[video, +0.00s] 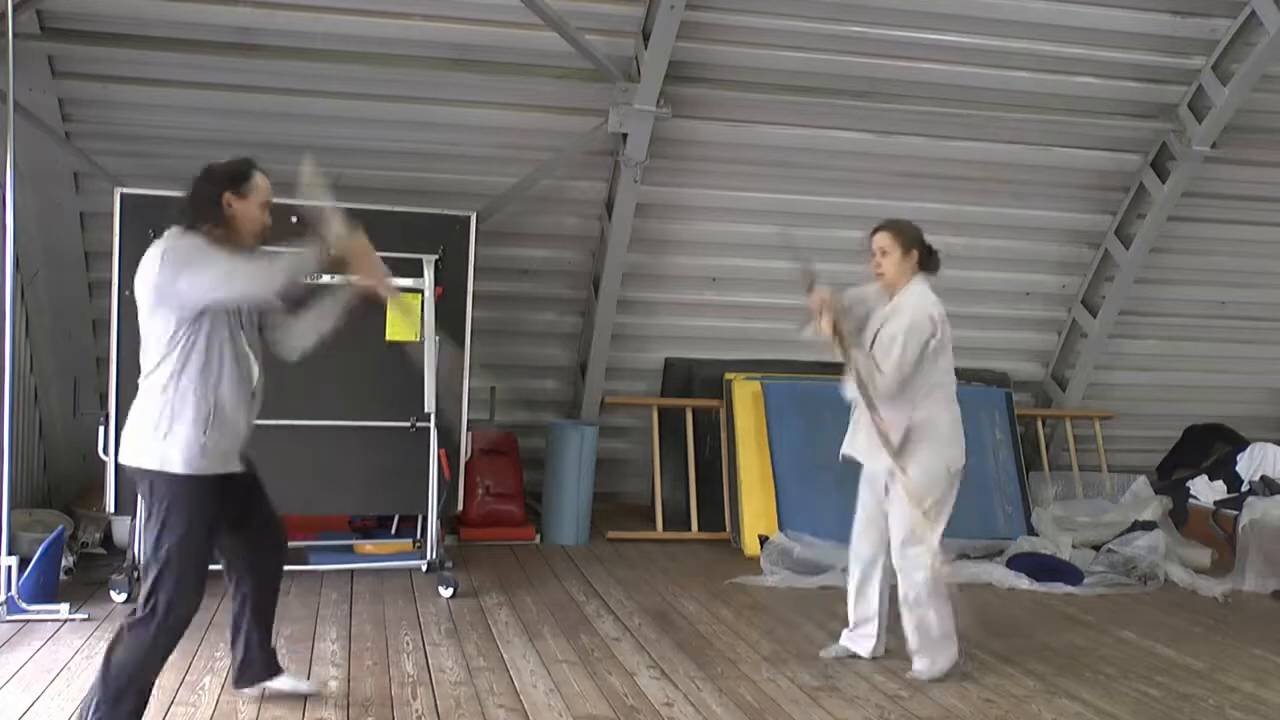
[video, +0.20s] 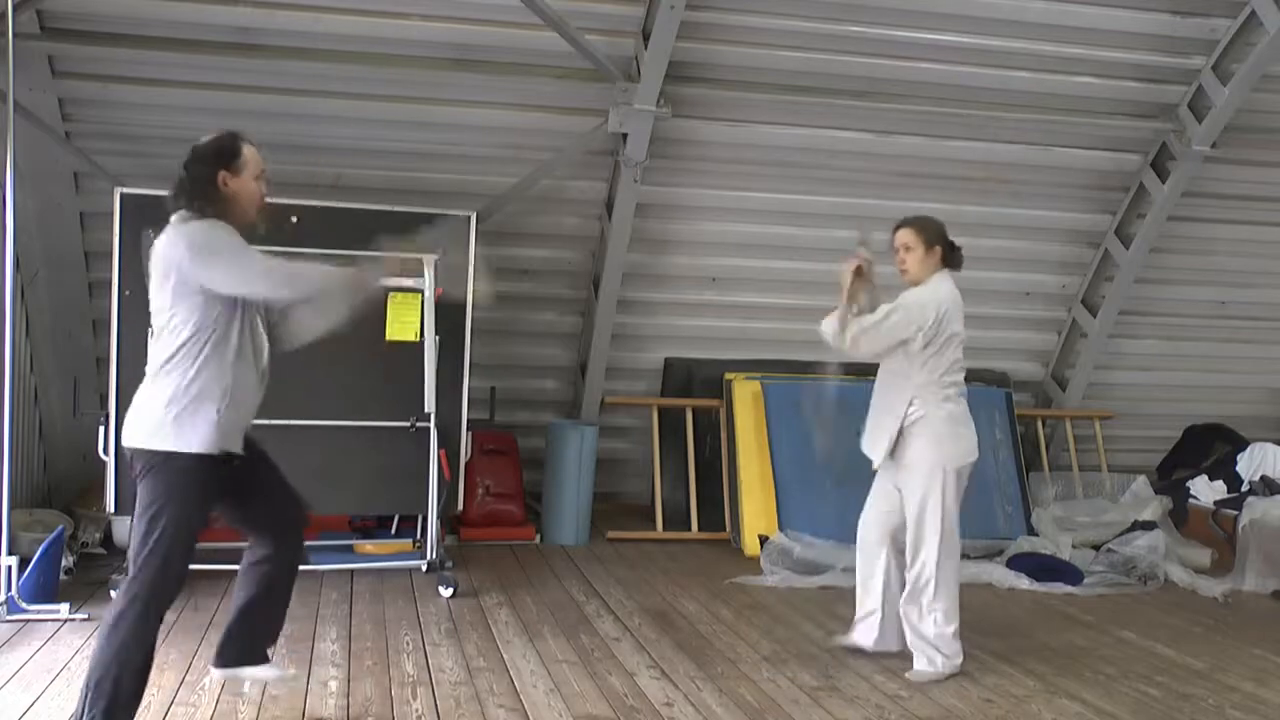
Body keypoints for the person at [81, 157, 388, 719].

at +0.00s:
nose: (270, 216)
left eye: (270, 206)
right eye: (264, 204)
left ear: (232, 205)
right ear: (229, 202)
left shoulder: (242, 272)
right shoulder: (171, 256)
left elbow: (290, 339)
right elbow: (256, 278)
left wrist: (350, 290)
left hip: (221, 455)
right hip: (170, 457)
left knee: (261, 547)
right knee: (170, 601)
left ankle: (255, 671)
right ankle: (104, 713)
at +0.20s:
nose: (266, 192)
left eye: (265, 179)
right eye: (258, 178)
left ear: (225, 183)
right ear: (225, 180)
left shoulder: (223, 252)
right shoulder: (192, 236)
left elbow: (286, 329)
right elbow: (274, 283)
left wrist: (368, 285)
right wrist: (369, 274)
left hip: (217, 439)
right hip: (173, 439)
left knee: (284, 523)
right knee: (149, 587)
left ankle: (241, 655)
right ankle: (100, 713)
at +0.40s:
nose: (281, 195)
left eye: (278, 183)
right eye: (272, 183)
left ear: (236, 191)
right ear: (243, 189)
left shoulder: (215, 252)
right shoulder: (242, 257)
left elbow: (293, 333)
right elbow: (303, 339)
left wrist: (381, 336)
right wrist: (383, 359)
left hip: (236, 456)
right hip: (217, 457)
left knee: (261, 582)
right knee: (188, 587)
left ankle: (218, 711)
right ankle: (102, 711)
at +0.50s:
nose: (300, 197)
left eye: (298, 186)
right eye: (292, 185)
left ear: (259, 188)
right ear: (262, 186)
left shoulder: (229, 246)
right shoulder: (253, 250)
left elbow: (315, 310)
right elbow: (331, 301)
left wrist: (384, 312)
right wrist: (419, 283)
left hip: (241, 439)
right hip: (248, 443)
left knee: (241, 577)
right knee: (265, 578)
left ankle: (218, 707)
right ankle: (145, 682)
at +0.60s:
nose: (338, 198)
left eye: (337, 189)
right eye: (331, 187)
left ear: (285, 189)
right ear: (306, 187)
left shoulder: (258, 234)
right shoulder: (296, 238)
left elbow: (338, 216)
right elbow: (392, 232)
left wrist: (383, 181)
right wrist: (423, 164)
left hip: (254, 433)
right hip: (296, 434)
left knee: (247, 573)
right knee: (364, 552)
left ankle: (214, 706)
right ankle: (265, 655)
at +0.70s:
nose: (377, 212)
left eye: (376, 200)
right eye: (372, 199)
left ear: (327, 190)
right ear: (351, 196)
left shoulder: (290, 230)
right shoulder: (342, 239)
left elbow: (338, 167)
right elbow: (417, 197)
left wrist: (378, 114)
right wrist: (412, 128)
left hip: (280, 431)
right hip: (327, 434)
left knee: (259, 574)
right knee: (407, 551)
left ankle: (216, 708)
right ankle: (357, 676)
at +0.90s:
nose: (463, 207)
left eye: (455, 193)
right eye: (458, 196)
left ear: (401, 200)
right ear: (443, 202)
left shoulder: (372, 245)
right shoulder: (444, 246)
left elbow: (384, 196)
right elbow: (495, 176)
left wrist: (390, 146)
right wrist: (429, 129)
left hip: (351, 432)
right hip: (411, 437)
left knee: (361, 557)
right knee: (447, 582)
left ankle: (277, 654)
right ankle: (436, 708)